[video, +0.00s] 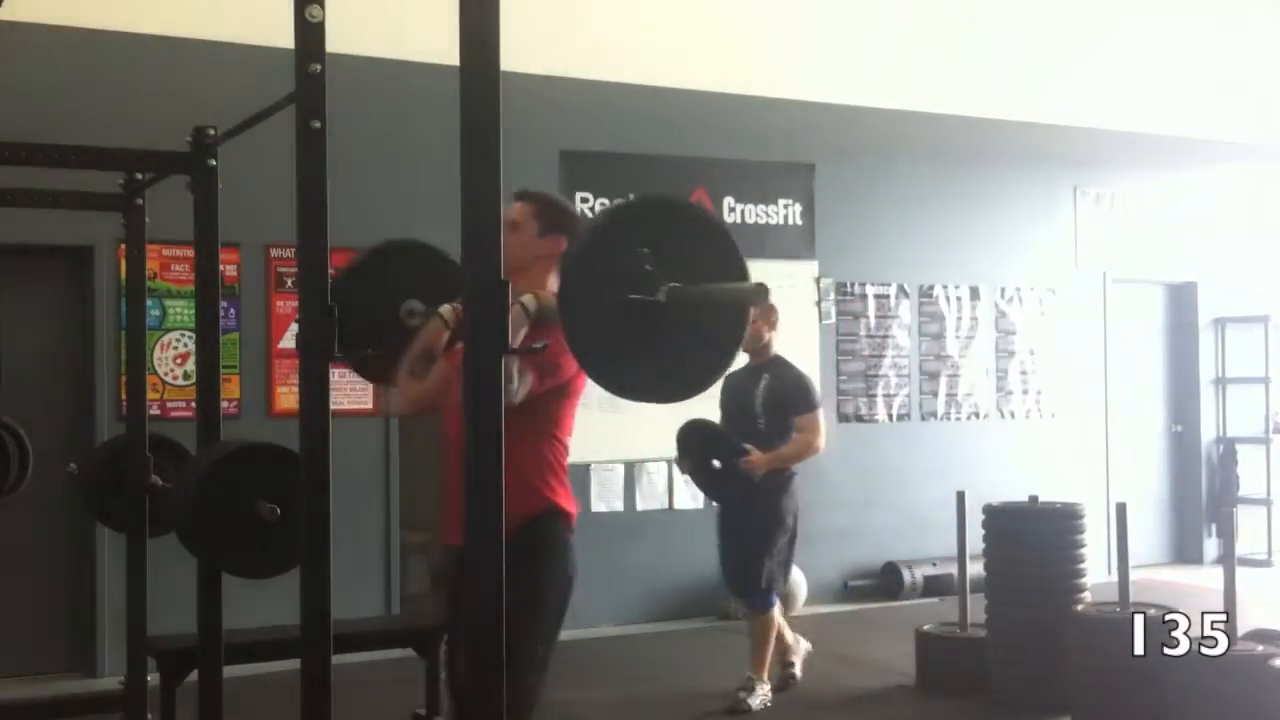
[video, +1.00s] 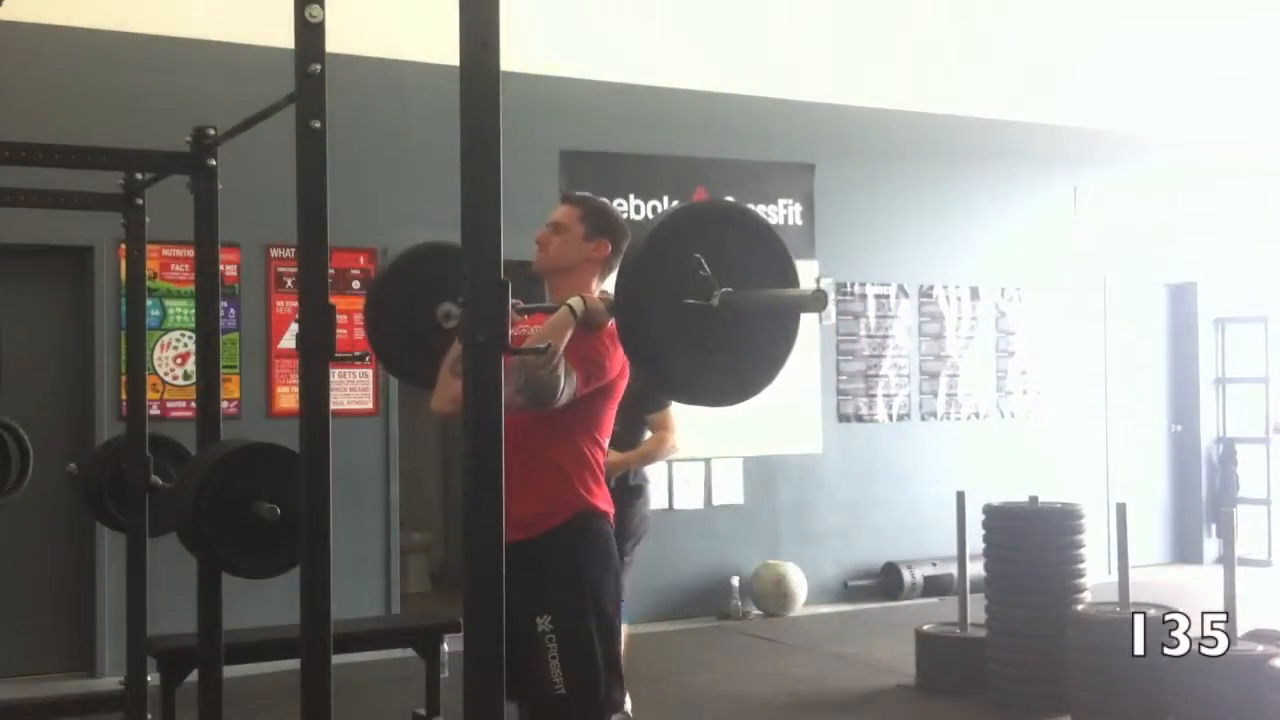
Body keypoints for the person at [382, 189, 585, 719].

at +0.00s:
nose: (498, 236)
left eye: (512, 227)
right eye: (502, 226)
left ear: (553, 245)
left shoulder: (564, 328)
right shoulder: (481, 334)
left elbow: (500, 386)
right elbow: (404, 396)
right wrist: (435, 329)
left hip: (531, 534)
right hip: (473, 536)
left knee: (511, 693)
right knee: (469, 689)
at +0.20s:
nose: (516, 237)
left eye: (533, 228)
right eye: (521, 227)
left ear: (575, 248)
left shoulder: (588, 331)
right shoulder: (502, 330)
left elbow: (523, 390)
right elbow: (420, 401)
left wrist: (543, 313)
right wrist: (443, 341)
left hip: (559, 536)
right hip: (491, 540)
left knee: (570, 692)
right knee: (487, 690)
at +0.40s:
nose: (530, 236)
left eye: (547, 228)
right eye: (535, 227)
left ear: (589, 248)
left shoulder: (598, 330)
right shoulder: (517, 331)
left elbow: (526, 386)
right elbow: (436, 397)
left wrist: (560, 312)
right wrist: (464, 324)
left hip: (573, 533)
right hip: (507, 537)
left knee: (582, 692)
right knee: (498, 688)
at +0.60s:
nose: (534, 236)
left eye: (551, 228)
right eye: (539, 227)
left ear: (593, 248)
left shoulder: (602, 331)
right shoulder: (520, 331)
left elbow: (530, 385)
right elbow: (441, 397)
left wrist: (567, 310)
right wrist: (467, 325)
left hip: (574, 533)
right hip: (508, 538)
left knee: (584, 693)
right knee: (509, 690)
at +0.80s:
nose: (536, 234)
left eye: (554, 227)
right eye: (541, 225)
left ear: (595, 247)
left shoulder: (603, 335)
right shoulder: (520, 328)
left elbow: (535, 386)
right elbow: (443, 400)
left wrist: (571, 310)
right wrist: (469, 326)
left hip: (575, 532)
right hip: (509, 537)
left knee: (585, 692)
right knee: (511, 690)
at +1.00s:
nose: (540, 236)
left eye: (557, 229)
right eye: (544, 228)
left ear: (598, 250)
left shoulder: (601, 339)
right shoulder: (518, 331)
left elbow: (535, 387)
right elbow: (443, 400)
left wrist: (570, 310)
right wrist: (472, 324)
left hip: (571, 531)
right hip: (507, 536)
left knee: (590, 690)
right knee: (526, 688)